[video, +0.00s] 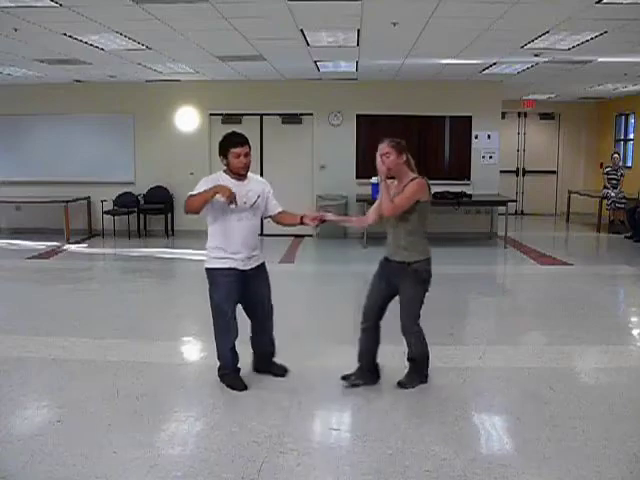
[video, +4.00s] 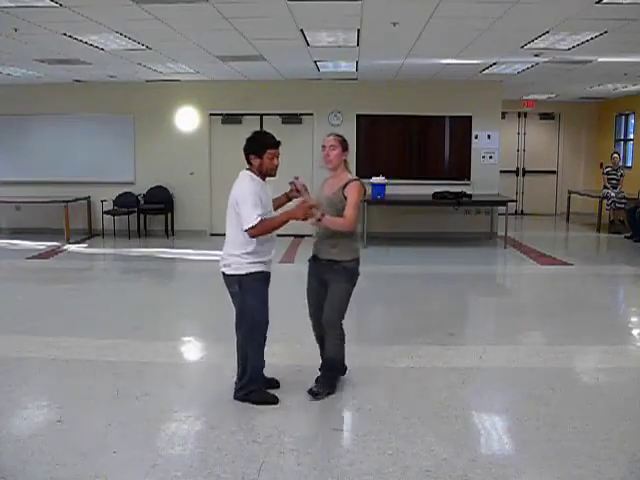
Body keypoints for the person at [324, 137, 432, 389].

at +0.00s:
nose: (382, 161)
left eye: (387, 156)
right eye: (380, 157)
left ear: (402, 157)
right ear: (380, 162)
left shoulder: (418, 184)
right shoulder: (388, 188)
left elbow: (389, 211)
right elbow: (366, 220)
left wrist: (384, 180)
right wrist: (333, 218)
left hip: (416, 267)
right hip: (390, 264)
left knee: (409, 323)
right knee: (370, 315)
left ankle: (419, 371)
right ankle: (367, 370)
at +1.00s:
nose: (352, 152)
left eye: (357, 149)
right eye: (354, 148)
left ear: (372, 156)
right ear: (365, 156)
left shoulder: (386, 189)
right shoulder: (358, 187)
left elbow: (409, 223)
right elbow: (339, 221)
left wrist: (375, 239)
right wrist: (303, 220)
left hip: (376, 268)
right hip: (353, 266)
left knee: (372, 323)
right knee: (347, 320)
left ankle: (408, 359)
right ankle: (368, 368)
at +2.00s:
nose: (342, 151)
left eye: (348, 147)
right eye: (342, 146)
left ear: (362, 152)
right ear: (349, 152)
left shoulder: (377, 184)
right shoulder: (338, 181)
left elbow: (390, 224)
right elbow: (312, 206)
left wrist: (378, 250)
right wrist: (289, 192)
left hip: (364, 259)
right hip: (336, 257)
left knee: (365, 313)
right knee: (334, 315)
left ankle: (382, 350)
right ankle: (341, 364)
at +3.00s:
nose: (347, 150)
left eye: (352, 146)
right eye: (346, 146)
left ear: (366, 151)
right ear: (345, 151)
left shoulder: (382, 182)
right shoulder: (340, 184)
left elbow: (398, 215)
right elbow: (314, 212)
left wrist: (390, 235)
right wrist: (281, 203)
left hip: (376, 259)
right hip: (347, 259)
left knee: (375, 310)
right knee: (337, 308)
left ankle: (374, 355)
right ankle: (347, 352)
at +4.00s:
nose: (327, 153)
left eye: (332, 148)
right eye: (324, 148)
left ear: (344, 153)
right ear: (322, 154)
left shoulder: (353, 185)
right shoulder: (326, 183)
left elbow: (349, 224)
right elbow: (321, 215)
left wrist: (321, 219)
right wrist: (305, 196)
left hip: (343, 264)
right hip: (320, 260)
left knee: (331, 320)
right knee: (317, 318)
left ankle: (328, 377)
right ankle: (334, 365)